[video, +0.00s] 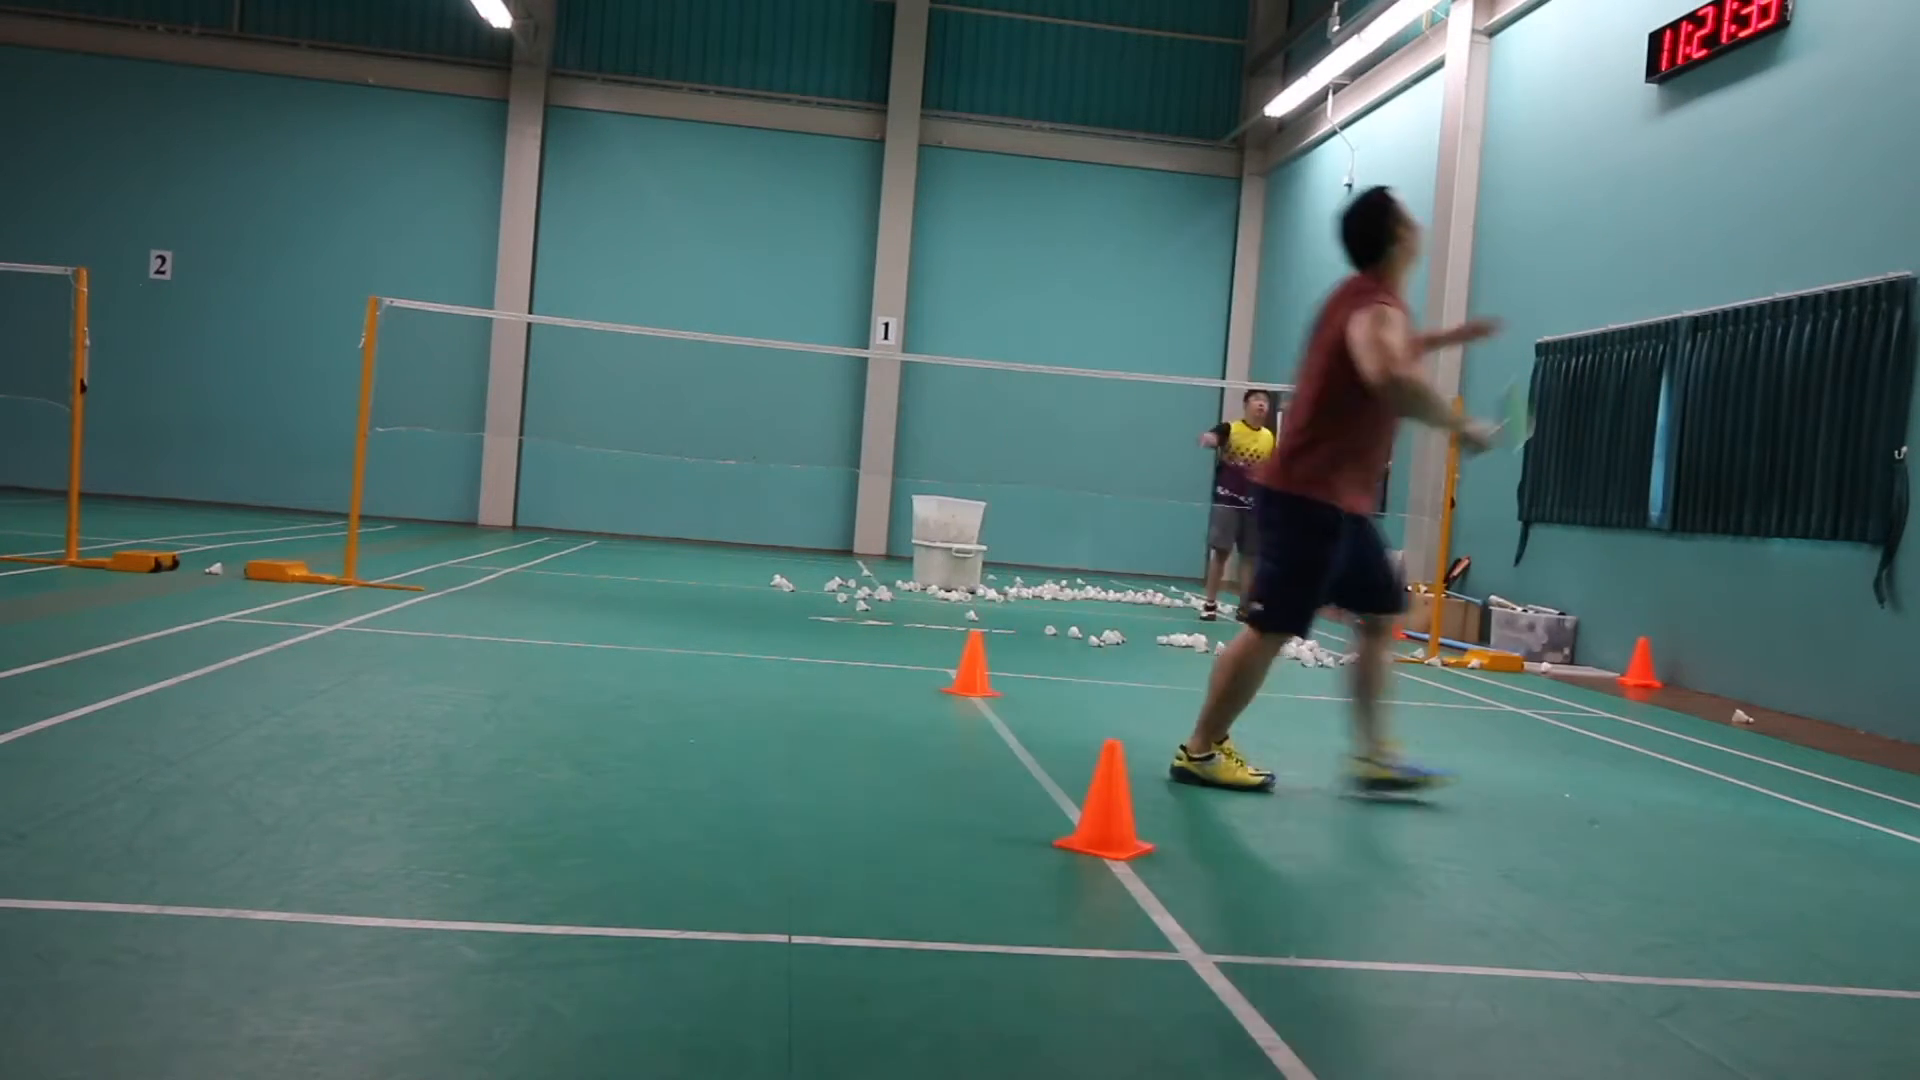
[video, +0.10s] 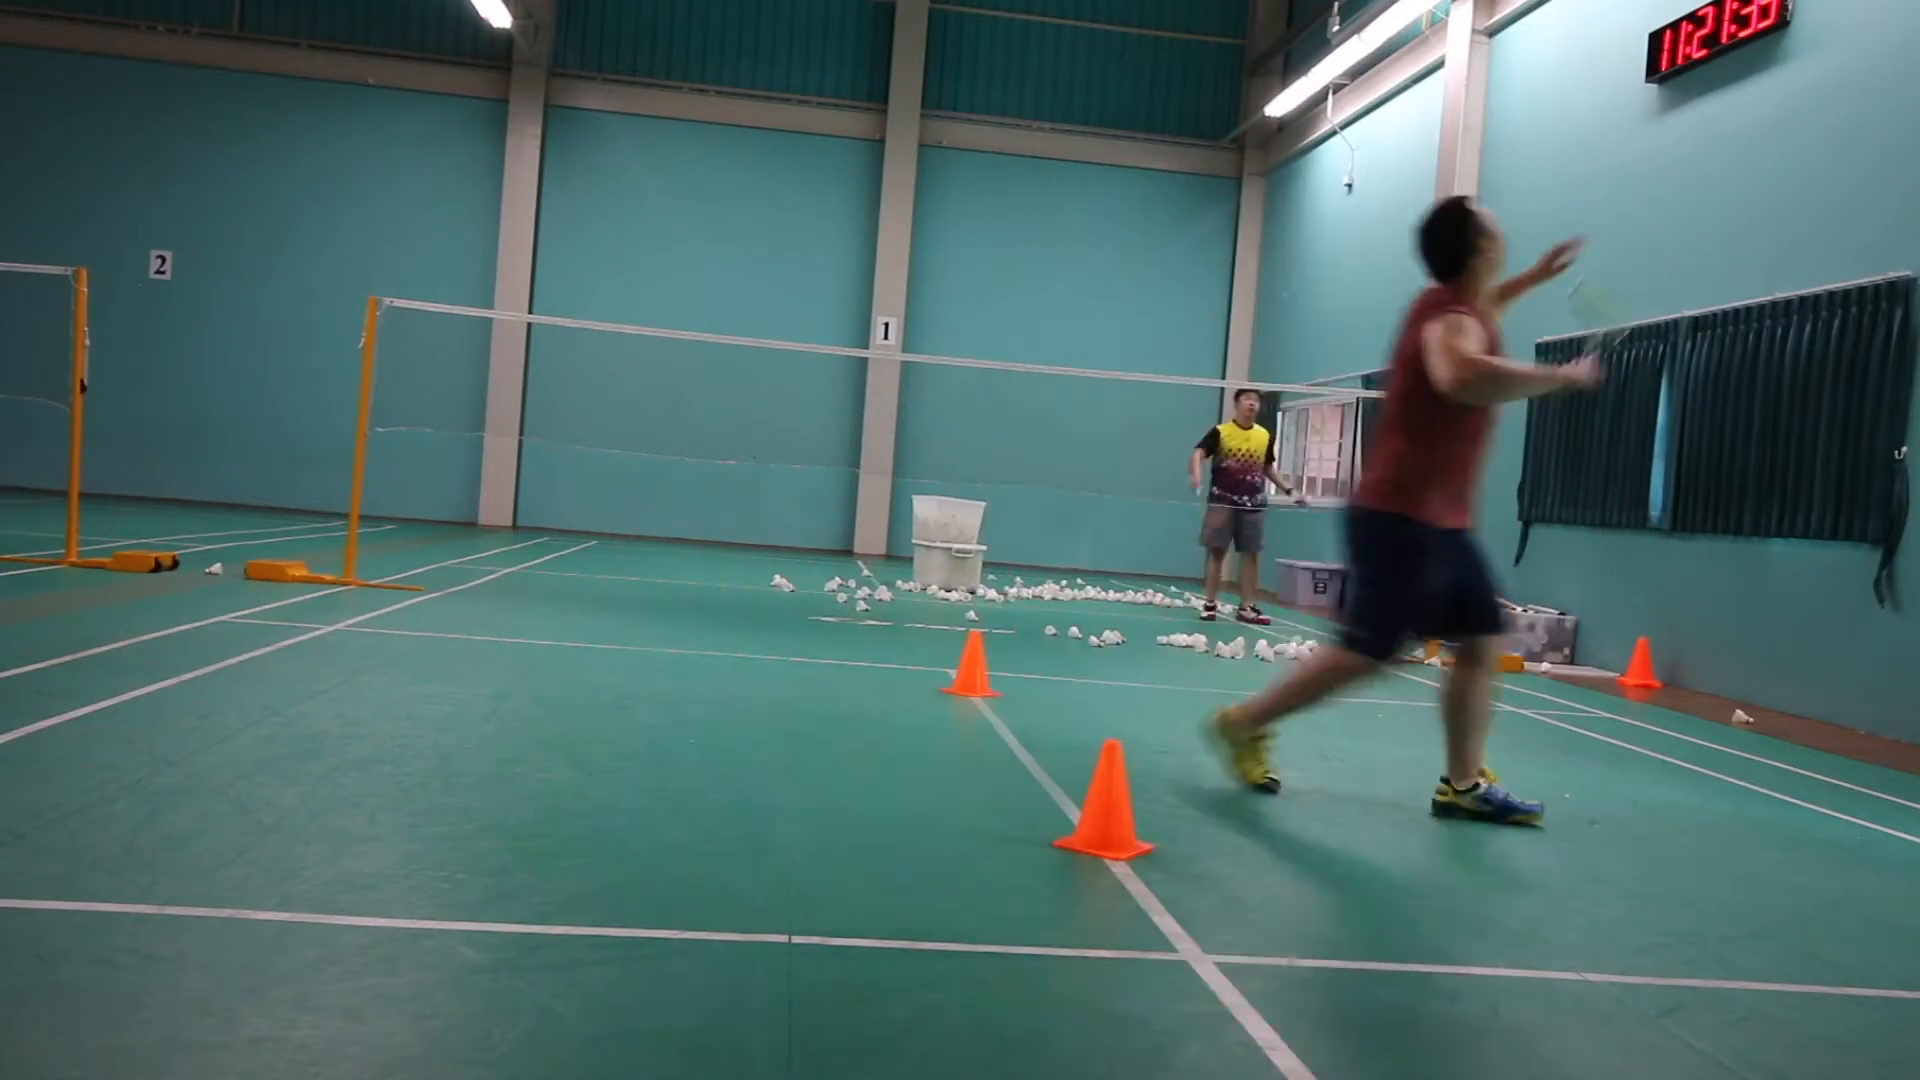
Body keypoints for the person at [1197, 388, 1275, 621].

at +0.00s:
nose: (1261, 405)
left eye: (1265, 402)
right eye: (1257, 401)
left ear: (1268, 409)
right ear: (1246, 405)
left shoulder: (1269, 437)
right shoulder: (1231, 428)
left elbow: (1274, 465)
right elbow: (1214, 435)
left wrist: (1263, 473)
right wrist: (1210, 439)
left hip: (1255, 503)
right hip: (1228, 500)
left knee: (1250, 558)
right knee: (1220, 554)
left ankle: (1245, 605)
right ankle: (1210, 602)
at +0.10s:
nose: (1252, 404)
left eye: (1256, 401)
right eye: (1248, 400)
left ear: (1259, 407)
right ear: (1236, 404)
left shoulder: (1266, 436)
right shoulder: (1221, 432)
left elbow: (1268, 468)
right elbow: (1197, 454)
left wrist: (1287, 489)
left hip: (1252, 504)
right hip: (1223, 501)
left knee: (1251, 554)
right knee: (1217, 553)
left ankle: (1247, 606)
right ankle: (1210, 603)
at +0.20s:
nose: (1243, 404)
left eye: (1246, 400)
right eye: (1238, 399)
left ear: (1250, 406)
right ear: (1227, 404)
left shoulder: (1259, 434)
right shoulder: (1212, 437)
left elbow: (1264, 466)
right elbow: (1196, 468)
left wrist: (1276, 491)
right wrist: (1190, 500)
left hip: (1251, 505)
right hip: (1221, 505)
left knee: (1256, 553)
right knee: (1216, 555)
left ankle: (1251, 605)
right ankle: (1210, 602)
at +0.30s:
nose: (1241, 405)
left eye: (1244, 401)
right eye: (1236, 401)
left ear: (1248, 406)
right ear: (1225, 405)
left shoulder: (1258, 434)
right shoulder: (1210, 438)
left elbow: (1265, 465)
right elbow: (1196, 471)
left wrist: (1276, 492)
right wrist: (1190, 502)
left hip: (1251, 506)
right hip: (1221, 505)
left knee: (1258, 554)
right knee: (1216, 555)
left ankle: (1263, 606)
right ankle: (1210, 603)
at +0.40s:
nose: (1244, 407)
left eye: (1247, 403)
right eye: (1239, 403)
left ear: (1251, 407)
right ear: (1229, 407)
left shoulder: (1263, 435)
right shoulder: (1215, 439)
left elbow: (1270, 467)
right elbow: (1200, 473)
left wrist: (1284, 496)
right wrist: (1193, 503)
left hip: (1254, 508)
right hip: (1223, 507)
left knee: (1259, 557)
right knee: (1217, 555)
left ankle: (1268, 607)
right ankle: (1209, 603)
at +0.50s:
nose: (1252, 407)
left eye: (1256, 403)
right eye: (1247, 403)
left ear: (1260, 408)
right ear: (1237, 408)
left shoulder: (1270, 438)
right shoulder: (1222, 439)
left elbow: (1278, 470)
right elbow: (1208, 473)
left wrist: (1291, 498)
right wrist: (1202, 504)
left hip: (1258, 509)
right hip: (1227, 507)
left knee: (1265, 558)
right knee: (1220, 555)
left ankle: (1270, 608)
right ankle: (1210, 602)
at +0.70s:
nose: (1270, 407)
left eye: (1273, 403)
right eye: (1265, 403)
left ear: (1277, 409)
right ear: (1255, 407)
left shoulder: (1285, 440)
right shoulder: (1238, 437)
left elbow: (1289, 473)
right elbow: (1223, 469)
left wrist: (1303, 501)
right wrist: (1221, 500)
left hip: (1271, 510)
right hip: (1240, 507)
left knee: (1273, 559)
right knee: (1226, 556)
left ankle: (1271, 609)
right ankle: (1210, 602)